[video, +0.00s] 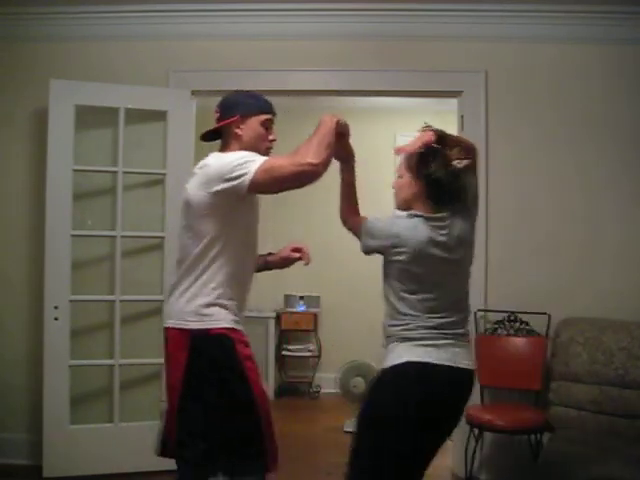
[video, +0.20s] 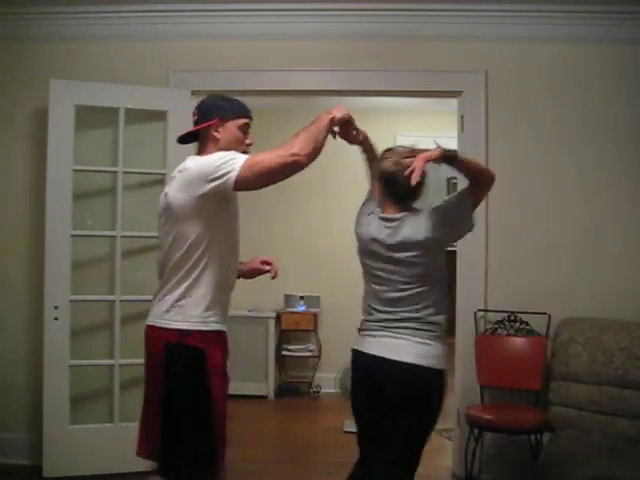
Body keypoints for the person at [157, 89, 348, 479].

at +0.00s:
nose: (273, 134)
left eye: (273, 126)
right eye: (265, 124)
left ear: (237, 130)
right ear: (235, 126)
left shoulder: (224, 176)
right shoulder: (220, 166)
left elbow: (216, 261)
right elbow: (306, 167)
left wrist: (270, 261)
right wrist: (328, 127)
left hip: (203, 328)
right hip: (206, 329)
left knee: (200, 452)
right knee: (250, 454)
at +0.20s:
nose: (248, 140)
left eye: (249, 132)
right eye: (242, 130)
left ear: (211, 133)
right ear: (214, 130)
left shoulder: (190, 177)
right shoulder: (200, 170)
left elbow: (186, 263)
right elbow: (297, 154)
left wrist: (240, 270)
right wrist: (329, 117)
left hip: (183, 333)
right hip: (188, 337)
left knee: (182, 459)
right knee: (193, 461)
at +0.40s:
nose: (242, 142)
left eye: (241, 134)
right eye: (235, 133)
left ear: (207, 137)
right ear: (206, 134)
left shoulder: (180, 181)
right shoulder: (195, 171)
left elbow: (171, 265)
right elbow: (293, 154)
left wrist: (226, 275)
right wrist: (335, 124)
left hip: (193, 334)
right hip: (166, 334)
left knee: (219, 443)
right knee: (140, 454)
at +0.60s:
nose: (253, 149)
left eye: (252, 141)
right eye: (246, 140)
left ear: (219, 145)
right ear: (220, 143)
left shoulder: (208, 187)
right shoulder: (200, 181)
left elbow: (185, 270)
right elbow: (288, 183)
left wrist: (234, 285)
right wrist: (335, 147)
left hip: (210, 345)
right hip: (179, 345)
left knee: (222, 458)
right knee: (162, 461)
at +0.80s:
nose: (285, 142)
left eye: (284, 133)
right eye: (279, 132)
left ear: (251, 135)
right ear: (255, 133)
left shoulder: (223, 175)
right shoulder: (235, 174)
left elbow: (212, 259)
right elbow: (263, 234)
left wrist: (259, 281)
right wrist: (342, 229)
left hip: (208, 328)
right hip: (214, 332)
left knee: (208, 452)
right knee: (236, 456)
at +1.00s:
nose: (323, 148)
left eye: (322, 138)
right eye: (319, 136)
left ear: (285, 138)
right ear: (298, 136)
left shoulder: (245, 182)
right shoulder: (284, 186)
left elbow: (235, 258)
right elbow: (336, 267)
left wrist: (290, 282)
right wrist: (412, 308)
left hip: (222, 327)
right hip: (251, 333)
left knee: (213, 454)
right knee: (293, 459)